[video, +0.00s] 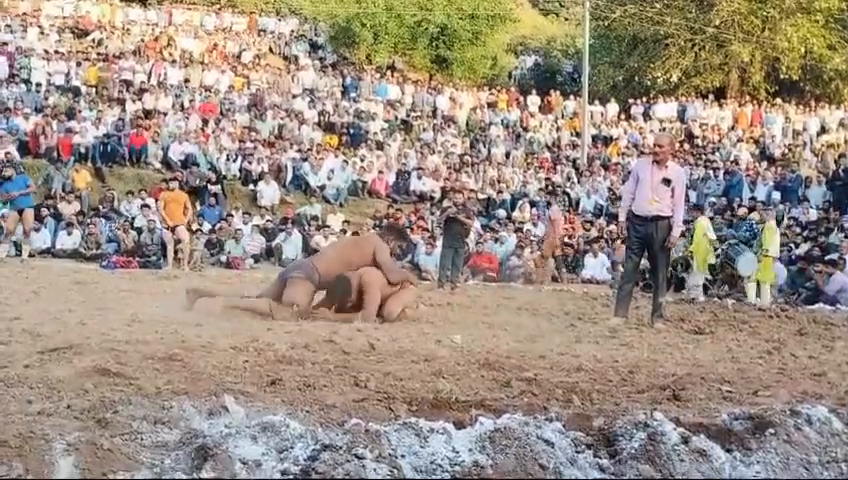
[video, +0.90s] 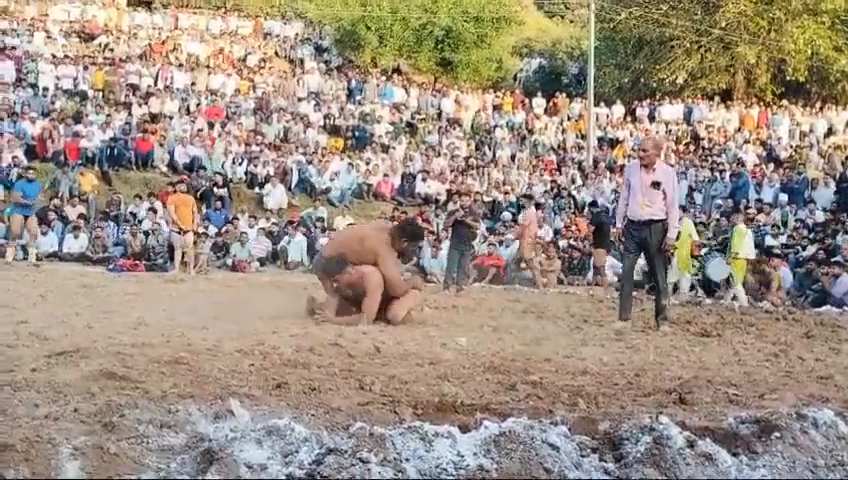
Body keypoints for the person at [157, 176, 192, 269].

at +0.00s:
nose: (172, 185)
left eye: (174, 182)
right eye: (170, 182)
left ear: (178, 183)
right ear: (168, 184)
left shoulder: (184, 195)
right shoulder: (164, 195)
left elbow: (189, 209)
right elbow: (160, 209)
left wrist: (186, 220)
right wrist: (168, 221)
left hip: (180, 222)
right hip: (167, 222)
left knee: (185, 239)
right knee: (169, 244)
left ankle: (185, 264)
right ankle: (169, 265)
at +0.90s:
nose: (183, 187)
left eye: (184, 185)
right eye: (180, 185)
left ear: (186, 186)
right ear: (176, 186)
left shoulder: (191, 198)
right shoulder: (172, 198)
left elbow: (195, 213)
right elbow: (172, 213)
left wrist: (195, 225)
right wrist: (180, 225)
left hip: (188, 228)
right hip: (176, 228)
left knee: (190, 249)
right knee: (177, 249)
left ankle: (191, 269)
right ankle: (176, 268)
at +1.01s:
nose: (191, 190)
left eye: (192, 188)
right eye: (188, 188)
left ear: (194, 189)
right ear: (184, 190)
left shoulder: (199, 202)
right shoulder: (180, 202)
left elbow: (203, 216)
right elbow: (179, 217)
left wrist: (202, 228)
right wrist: (188, 228)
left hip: (196, 231)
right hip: (184, 231)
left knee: (197, 252)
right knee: (185, 252)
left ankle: (199, 271)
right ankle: (185, 271)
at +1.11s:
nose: (204, 196)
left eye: (205, 194)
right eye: (201, 194)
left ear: (208, 195)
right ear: (198, 195)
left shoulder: (211, 207)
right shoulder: (193, 207)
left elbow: (215, 221)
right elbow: (192, 222)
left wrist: (215, 233)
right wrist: (200, 233)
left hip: (209, 236)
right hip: (197, 236)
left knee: (210, 257)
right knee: (198, 256)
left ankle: (212, 276)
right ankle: (198, 276)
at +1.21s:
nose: (218, 202)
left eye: (219, 199)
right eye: (215, 199)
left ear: (221, 201)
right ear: (211, 201)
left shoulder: (225, 213)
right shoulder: (207, 212)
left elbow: (229, 227)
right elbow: (206, 227)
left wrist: (229, 238)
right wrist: (214, 238)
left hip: (223, 241)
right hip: (211, 241)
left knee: (224, 262)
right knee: (212, 262)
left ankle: (226, 282)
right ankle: (212, 281)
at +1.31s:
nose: (231, 206)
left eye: (232, 204)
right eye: (229, 204)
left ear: (234, 205)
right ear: (224, 206)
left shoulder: (237, 217)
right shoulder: (219, 217)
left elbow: (241, 230)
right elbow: (218, 233)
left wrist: (240, 242)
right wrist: (227, 243)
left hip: (235, 246)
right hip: (223, 246)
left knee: (236, 268)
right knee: (224, 268)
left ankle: (238, 287)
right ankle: (224, 287)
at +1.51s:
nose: (223, 212)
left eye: (224, 210)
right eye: (221, 210)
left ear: (226, 212)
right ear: (216, 212)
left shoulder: (229, 223)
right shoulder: (210, 224)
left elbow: (232, 236)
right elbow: (208, 239)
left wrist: (232, 247)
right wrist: (217, 249)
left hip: (227, 252)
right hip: (214, 252)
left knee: (228, 273)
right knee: (216, 274)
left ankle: (230, 294)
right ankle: (216, 293)